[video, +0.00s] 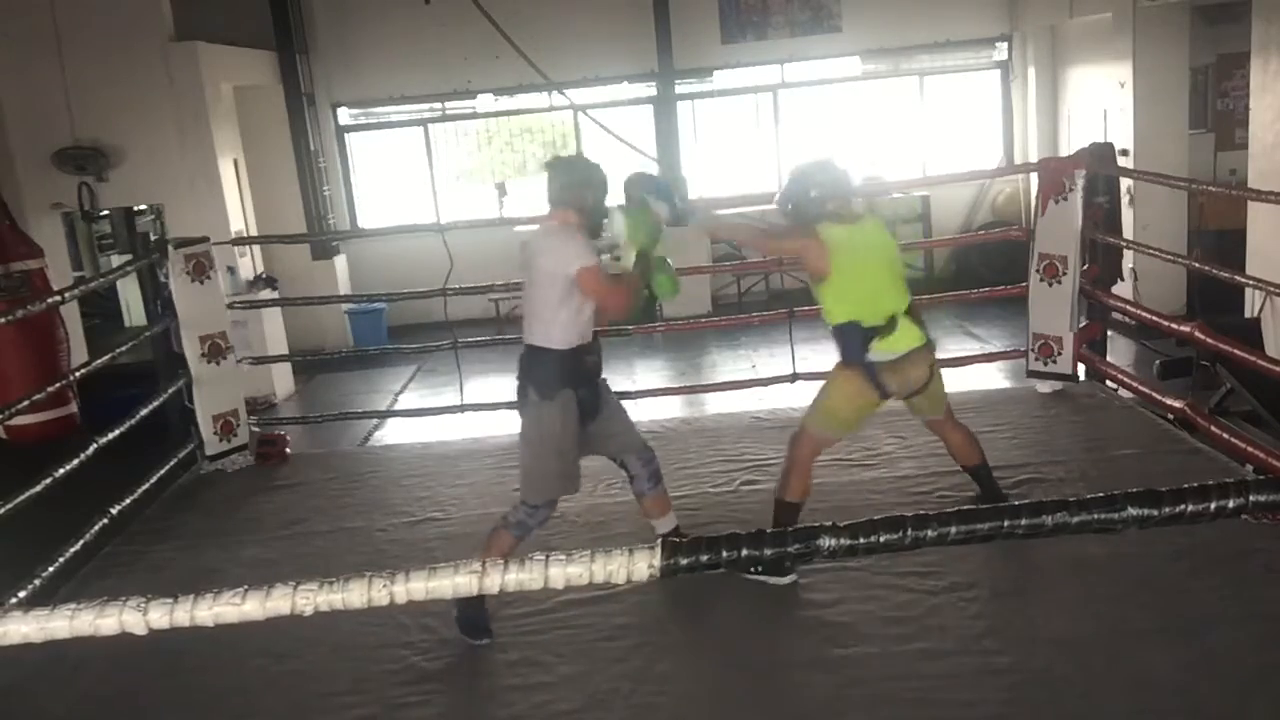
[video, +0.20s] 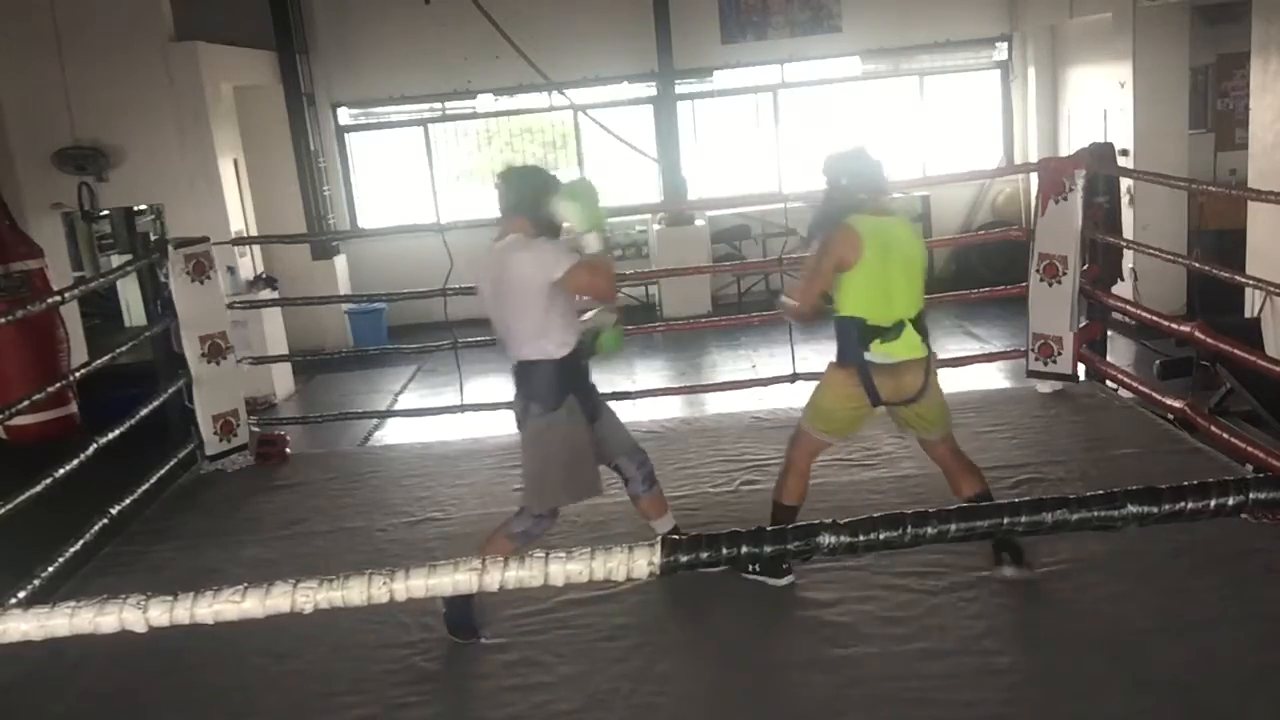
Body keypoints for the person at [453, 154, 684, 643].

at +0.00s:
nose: (601, 206)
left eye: (599, 196)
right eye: (598, 197)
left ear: (558, 195)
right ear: (583, 196)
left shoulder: (548, 239)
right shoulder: (566, 241)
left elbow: (587, 296)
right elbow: (615, 301)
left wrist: (630, 276)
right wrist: (640, 272)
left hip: (581, 379)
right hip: (550, 384)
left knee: (639, 458)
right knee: (539, 500)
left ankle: (675, 549)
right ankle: (476, 592)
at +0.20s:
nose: (559, 210)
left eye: (557, 201)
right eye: (555, 202)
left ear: (508, 206)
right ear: (541, 205)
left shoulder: (497, 258)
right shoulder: (535, 254)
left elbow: (525, 327)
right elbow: (605, 287)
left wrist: (585, 335)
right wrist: (592, 229)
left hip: (562, 386)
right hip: (550, 394)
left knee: (633, 462)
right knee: (541, 512)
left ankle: (675, 548)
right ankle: (464, 587)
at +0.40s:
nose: (542, 227)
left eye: (541, 218)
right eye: (535, 219)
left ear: (497, 218)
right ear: (512, 219)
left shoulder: (501, 268)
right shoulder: (487, 273)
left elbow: (536, 323)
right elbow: (554, 321)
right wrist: (563, 266)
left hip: (536, 389)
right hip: (507, 398)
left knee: (609, 471)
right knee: (508, 520)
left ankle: (664, 547)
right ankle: (454, 597)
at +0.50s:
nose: (535, 222)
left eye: (535, 212)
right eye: (529, 212)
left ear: (504, 212)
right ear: (502, 211)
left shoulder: (511, 260)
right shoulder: (472, 272)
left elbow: (519, 325)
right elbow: (517, 341)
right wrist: (548, 287)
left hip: (535, 386)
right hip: (499, 398)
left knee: (603, 466)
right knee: (499, 516)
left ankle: (657, 548)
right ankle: (446, 589)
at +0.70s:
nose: (573, 209)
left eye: (573, 197)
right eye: (566, 199)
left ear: (535, 202)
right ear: (538, 202)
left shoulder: (549, 254)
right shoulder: (494, 262)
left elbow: (548, 321)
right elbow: (521, 339)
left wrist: (586, 330)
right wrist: (571, 306)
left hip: (546, 385)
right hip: (503, 393)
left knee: (601, 471)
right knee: (494, 503)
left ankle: (655, 556)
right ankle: (449, 595)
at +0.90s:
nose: (630, 218)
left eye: (632, 209)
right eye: (626, 208)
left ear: (596, 207)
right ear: (597, 205)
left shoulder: (604, 256)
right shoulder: (549, 254)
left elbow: (607, 322)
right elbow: (572, 335)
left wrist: (660, 318)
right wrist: (626, 303)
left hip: (582, 381)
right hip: (536, 386)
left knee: (648, 468)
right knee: (521, 506)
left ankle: (675, 563)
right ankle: (458, 588)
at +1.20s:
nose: (614, 200)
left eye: (616, 189)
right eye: (606, 189)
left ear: (590, 189)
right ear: (575, 188)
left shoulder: (600, 242)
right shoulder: (538, 244)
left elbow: (636, 297)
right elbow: (559, 320)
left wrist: (672, 260)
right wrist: (611, 280)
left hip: (591, 375)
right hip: (542, 382)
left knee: (638, 466)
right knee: (535, 495)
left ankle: (673, 560)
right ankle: (509, 587)